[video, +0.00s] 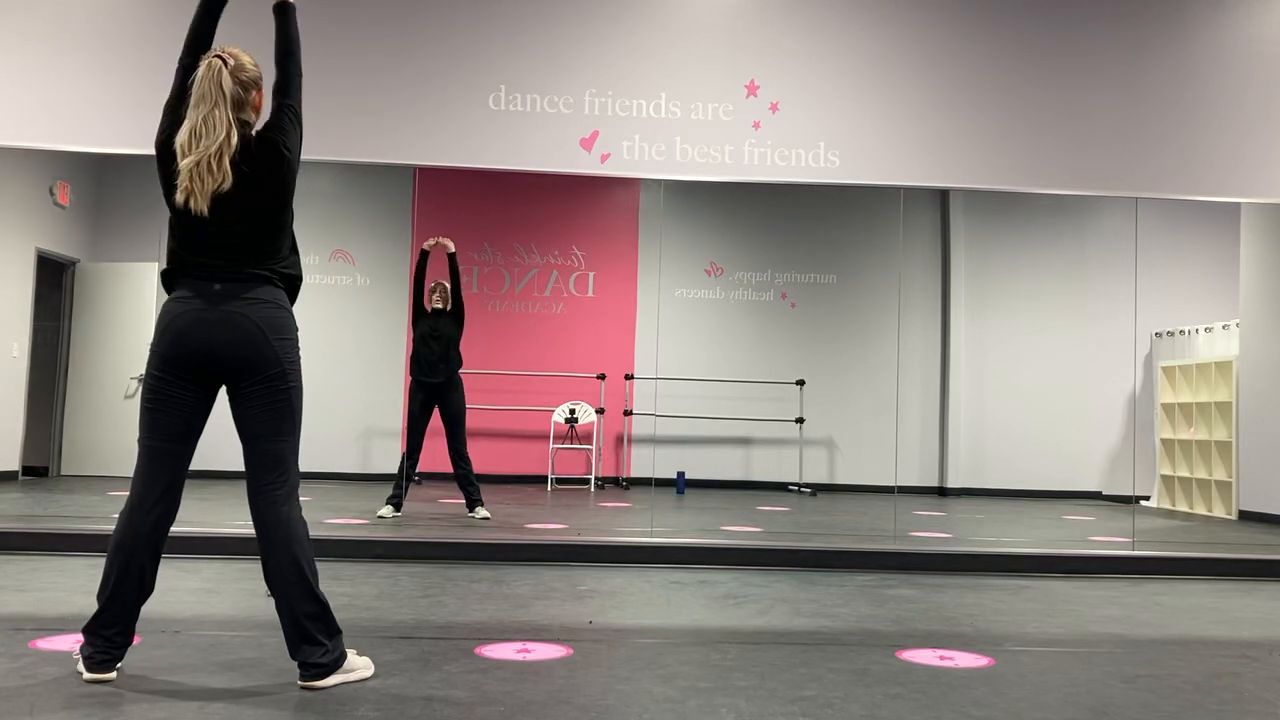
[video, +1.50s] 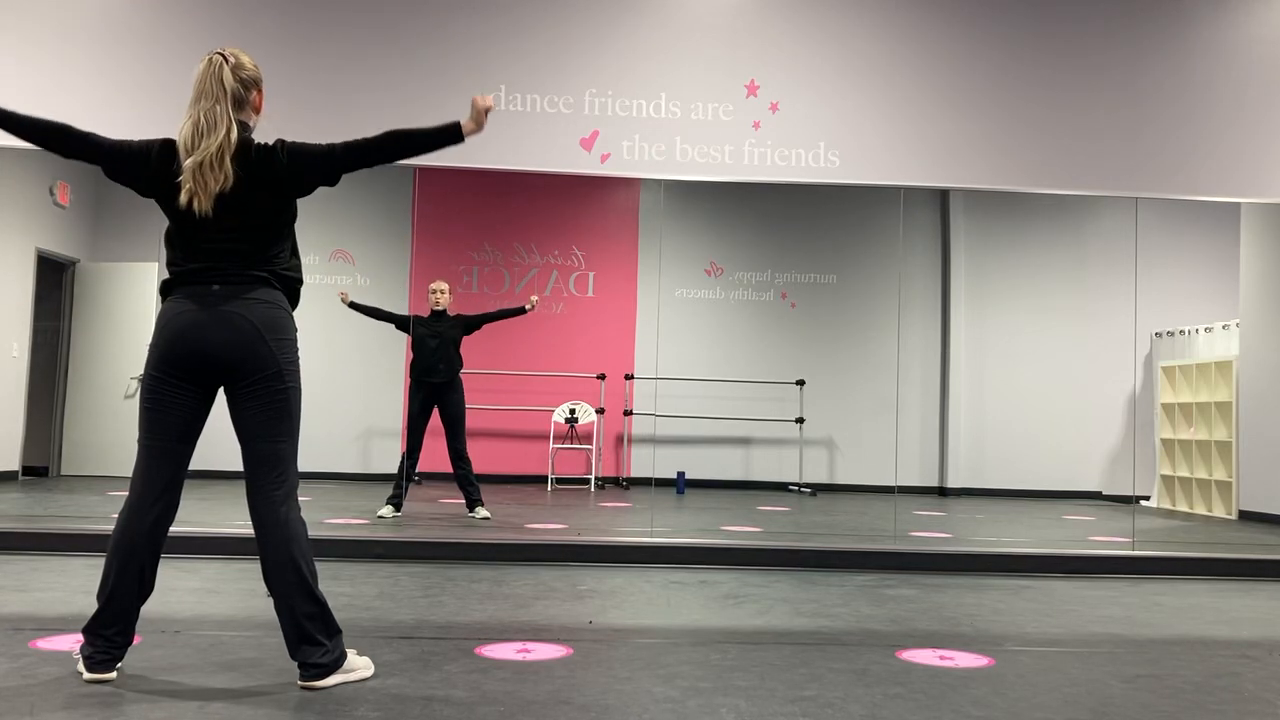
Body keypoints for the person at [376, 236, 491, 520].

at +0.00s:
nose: (438, 293)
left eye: (442, 291)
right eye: (434, 290)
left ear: (449, 297)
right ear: (428, 297)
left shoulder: (455, 318)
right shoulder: (420, 317)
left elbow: (456, 288)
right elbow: (418, 284)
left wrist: (451, 252)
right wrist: (425, 251)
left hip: (450, 387)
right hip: (421, 387)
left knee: (458, 447)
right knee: (412, 447)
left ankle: (475, 504)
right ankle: (394, 503)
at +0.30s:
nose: (438, 293)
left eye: (442, 290)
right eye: (434, 290)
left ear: (449, 296)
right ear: (428, 296)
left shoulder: (455, 316)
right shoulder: (420, 316)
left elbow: (459, 285)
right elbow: (416, 283)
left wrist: (464, 251)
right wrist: (415, 250)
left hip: (450, 386)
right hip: (421, 386)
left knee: (458, 447)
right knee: (412, 447)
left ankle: (474, 504)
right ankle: (394, 503)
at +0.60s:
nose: (437, 292)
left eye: (442, 289)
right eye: (433, 289)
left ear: (450, 296)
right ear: (428, 295)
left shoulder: (457, 316)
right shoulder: (419, 316)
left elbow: (469, 287)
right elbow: (408, 284)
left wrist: (480, 255)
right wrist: (400, 252)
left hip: (450, 387)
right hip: (421, 387)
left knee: (458, 447)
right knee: (412, 447)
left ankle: (475, 505)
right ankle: (394, 503)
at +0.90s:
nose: (437, 292)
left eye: (442, 289)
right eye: (433, 290)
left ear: (451, 297)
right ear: (428, 296)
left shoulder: (458, 319)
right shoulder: (418, 318)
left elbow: (479, 292)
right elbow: (398, 291)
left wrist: (499, 266)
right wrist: (381, 263)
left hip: (450, 389)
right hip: (421, 389)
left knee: (458, 449)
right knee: (412, 448)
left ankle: (475, 505)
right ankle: (394, 504)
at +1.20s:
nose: (438, 293)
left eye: (443, 291)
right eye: (434, 291)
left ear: (450, 298)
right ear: (428, 297)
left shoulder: (459, 320)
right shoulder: (417, 320)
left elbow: (488, 301)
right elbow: (389, 301)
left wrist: (515, 282)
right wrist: (363, 279)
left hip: (450, 389)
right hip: (421, 389)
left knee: (458, 449)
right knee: (412, 448)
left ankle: (475, 505)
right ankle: (394, 504)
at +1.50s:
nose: (437, 295)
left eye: (442, 292)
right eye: (433, 292)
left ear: (450, 298)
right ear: (428, 297)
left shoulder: (459, 323)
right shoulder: (415, 323)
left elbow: (492, 315)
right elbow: (382, 314)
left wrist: (525, 308)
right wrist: (351, 304)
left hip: (450, 390)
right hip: (421, 390)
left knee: (458, 450)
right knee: (412, 449)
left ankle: (475, 505)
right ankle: (394, 504)